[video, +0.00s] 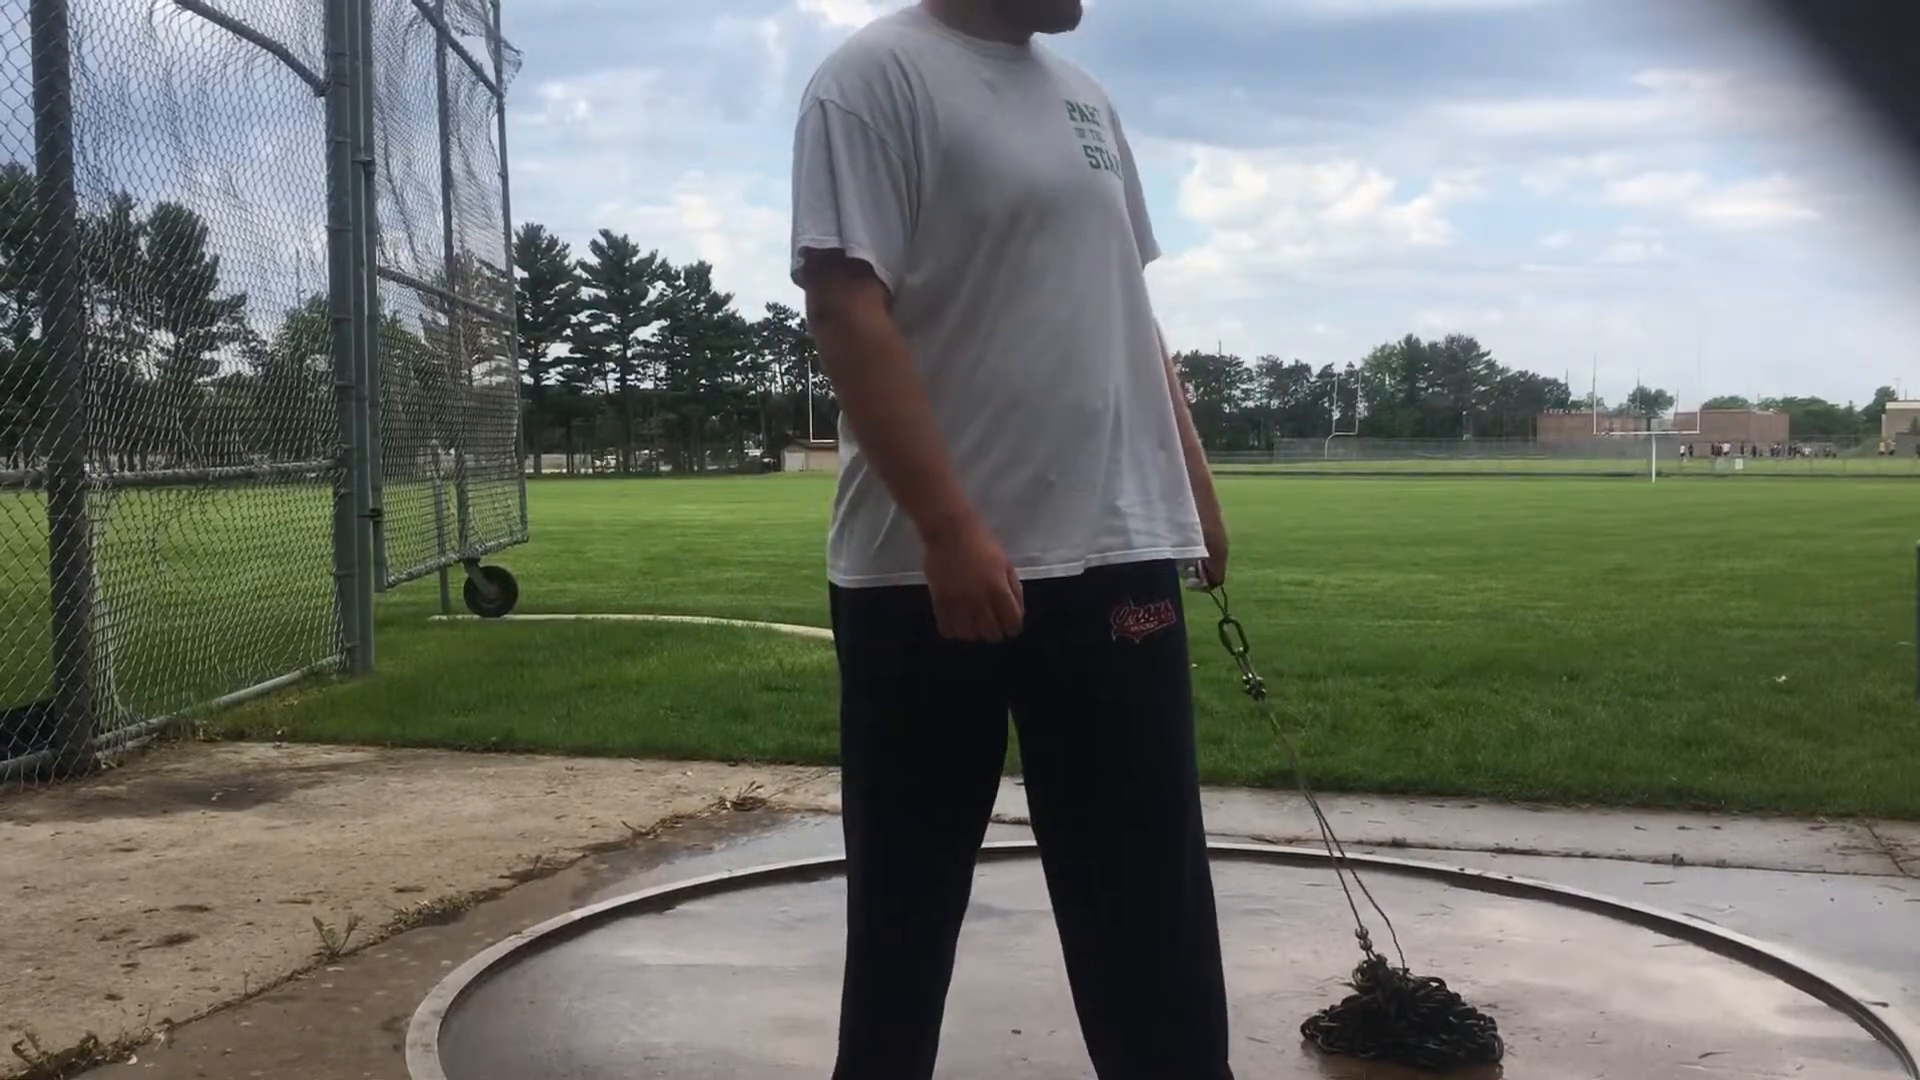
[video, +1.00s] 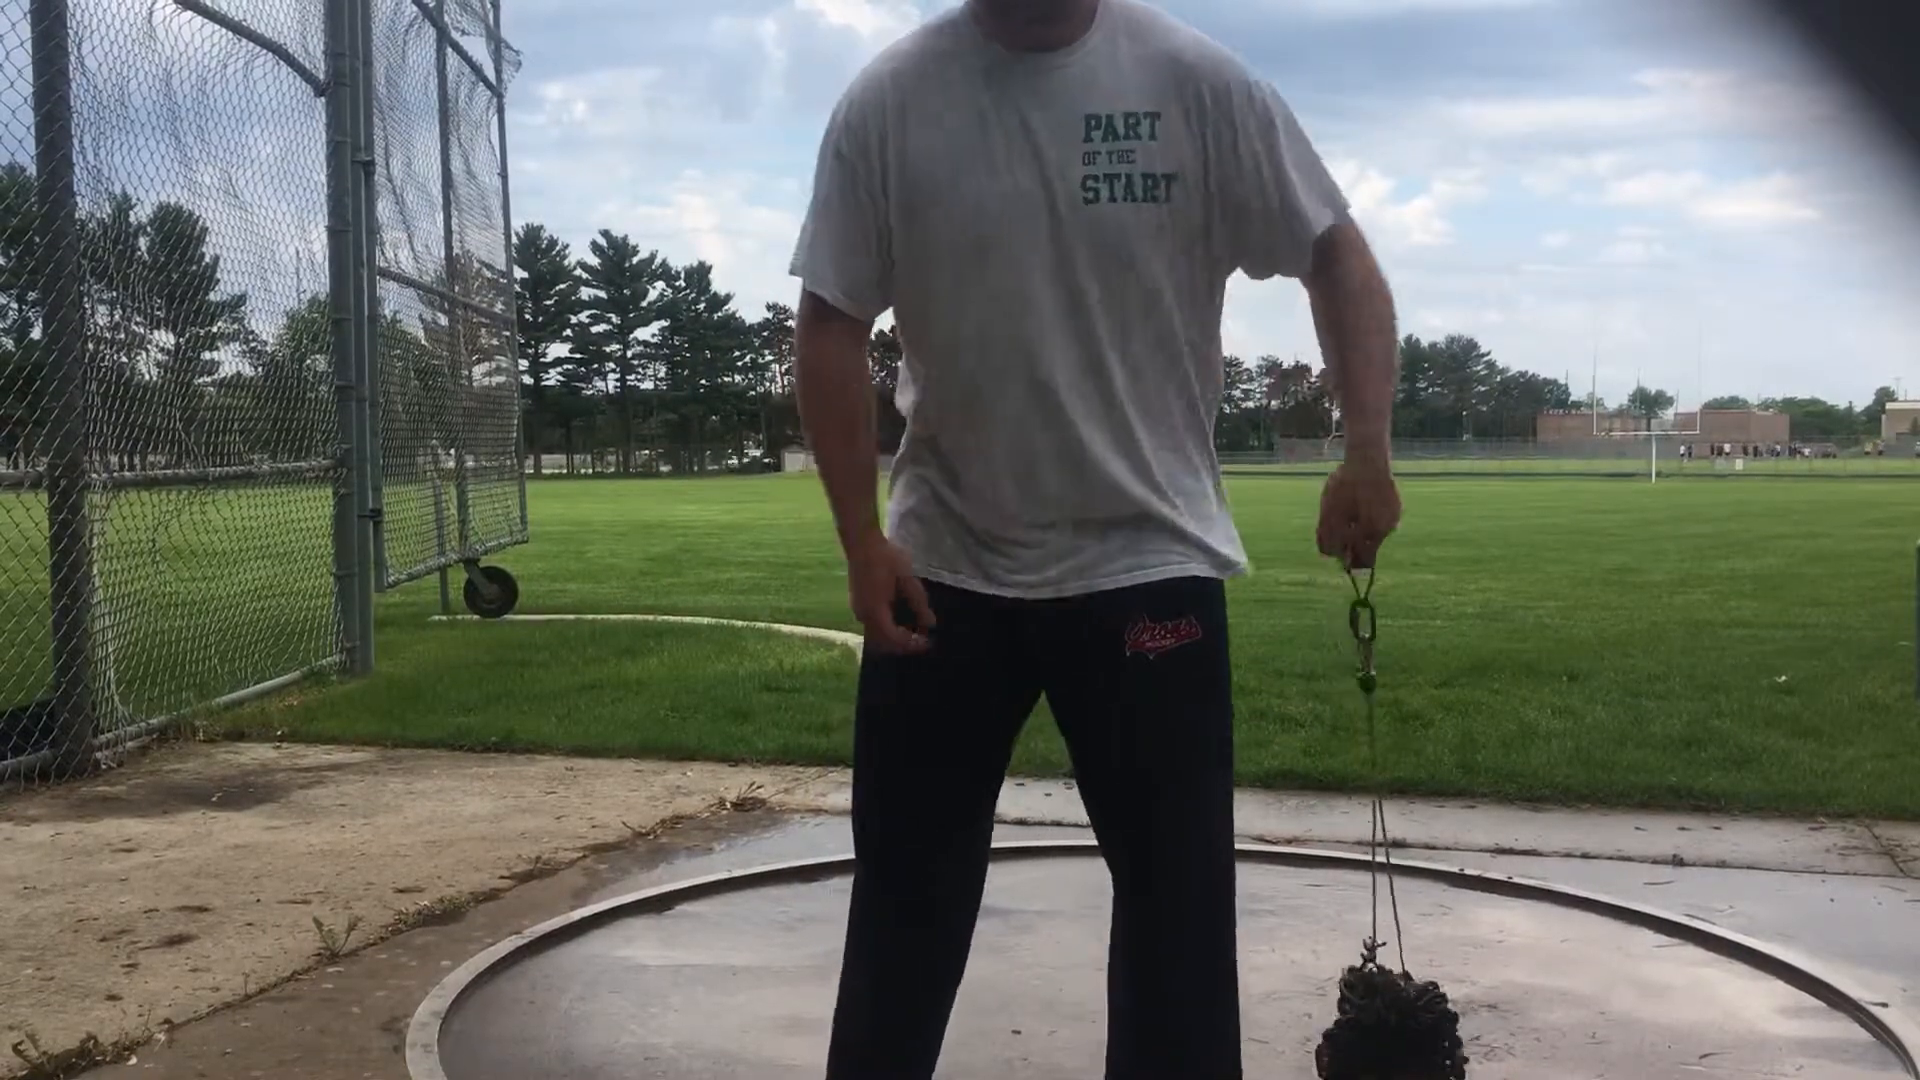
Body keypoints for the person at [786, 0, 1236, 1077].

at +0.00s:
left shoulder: (1085, 95)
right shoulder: (867, 77)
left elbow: (1131, 317)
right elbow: (847, 316)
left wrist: (1193, 482)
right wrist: (946, 528)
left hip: (1114, 561)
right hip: (925, 575)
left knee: (1152, 924)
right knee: (903, 925)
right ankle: (881, 1074)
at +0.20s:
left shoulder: (1088, 98)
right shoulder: (863, 79)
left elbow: (1125, 311)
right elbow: (836, 317)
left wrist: (1197, 487)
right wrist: (941, 526)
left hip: (1109, 564)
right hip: (918, 573)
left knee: (1148, 913)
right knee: (900, 917)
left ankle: (1174, 1072)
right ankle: (881, 1072)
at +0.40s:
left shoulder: (1106, 101)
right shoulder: (864, 81)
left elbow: (1141, 310)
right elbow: (820, 315)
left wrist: (1225, 480)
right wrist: (897, 527)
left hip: (1102, 558)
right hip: (911, 566)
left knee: (1145, 910)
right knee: (894, 914)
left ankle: (1174, 1071)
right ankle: (873, 1075)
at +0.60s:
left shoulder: (1152, 96)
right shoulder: (879, 87)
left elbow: (1188, 298)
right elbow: (809, 317)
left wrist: (1268, 474)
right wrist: (850, 547)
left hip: (1115, 560)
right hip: (922, 565)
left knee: (1153, 921)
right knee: (890, 927)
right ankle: (869, 1078)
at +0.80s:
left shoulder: (1201, 99)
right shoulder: (897, 93)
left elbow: (1294, 297)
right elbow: (815, 316)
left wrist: (1356, 492)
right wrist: (828, 543)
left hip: (1130, 555)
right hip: (928, 559)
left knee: (1160, 912)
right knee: (890, 911)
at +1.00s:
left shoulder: (1201, 86)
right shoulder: (886, 105)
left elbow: (1337, 256)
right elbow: (828, 324)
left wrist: (1367, 449)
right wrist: (861, 538)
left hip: (1148, 565)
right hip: (943, 566)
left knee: (1179, 916)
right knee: (902, 918)